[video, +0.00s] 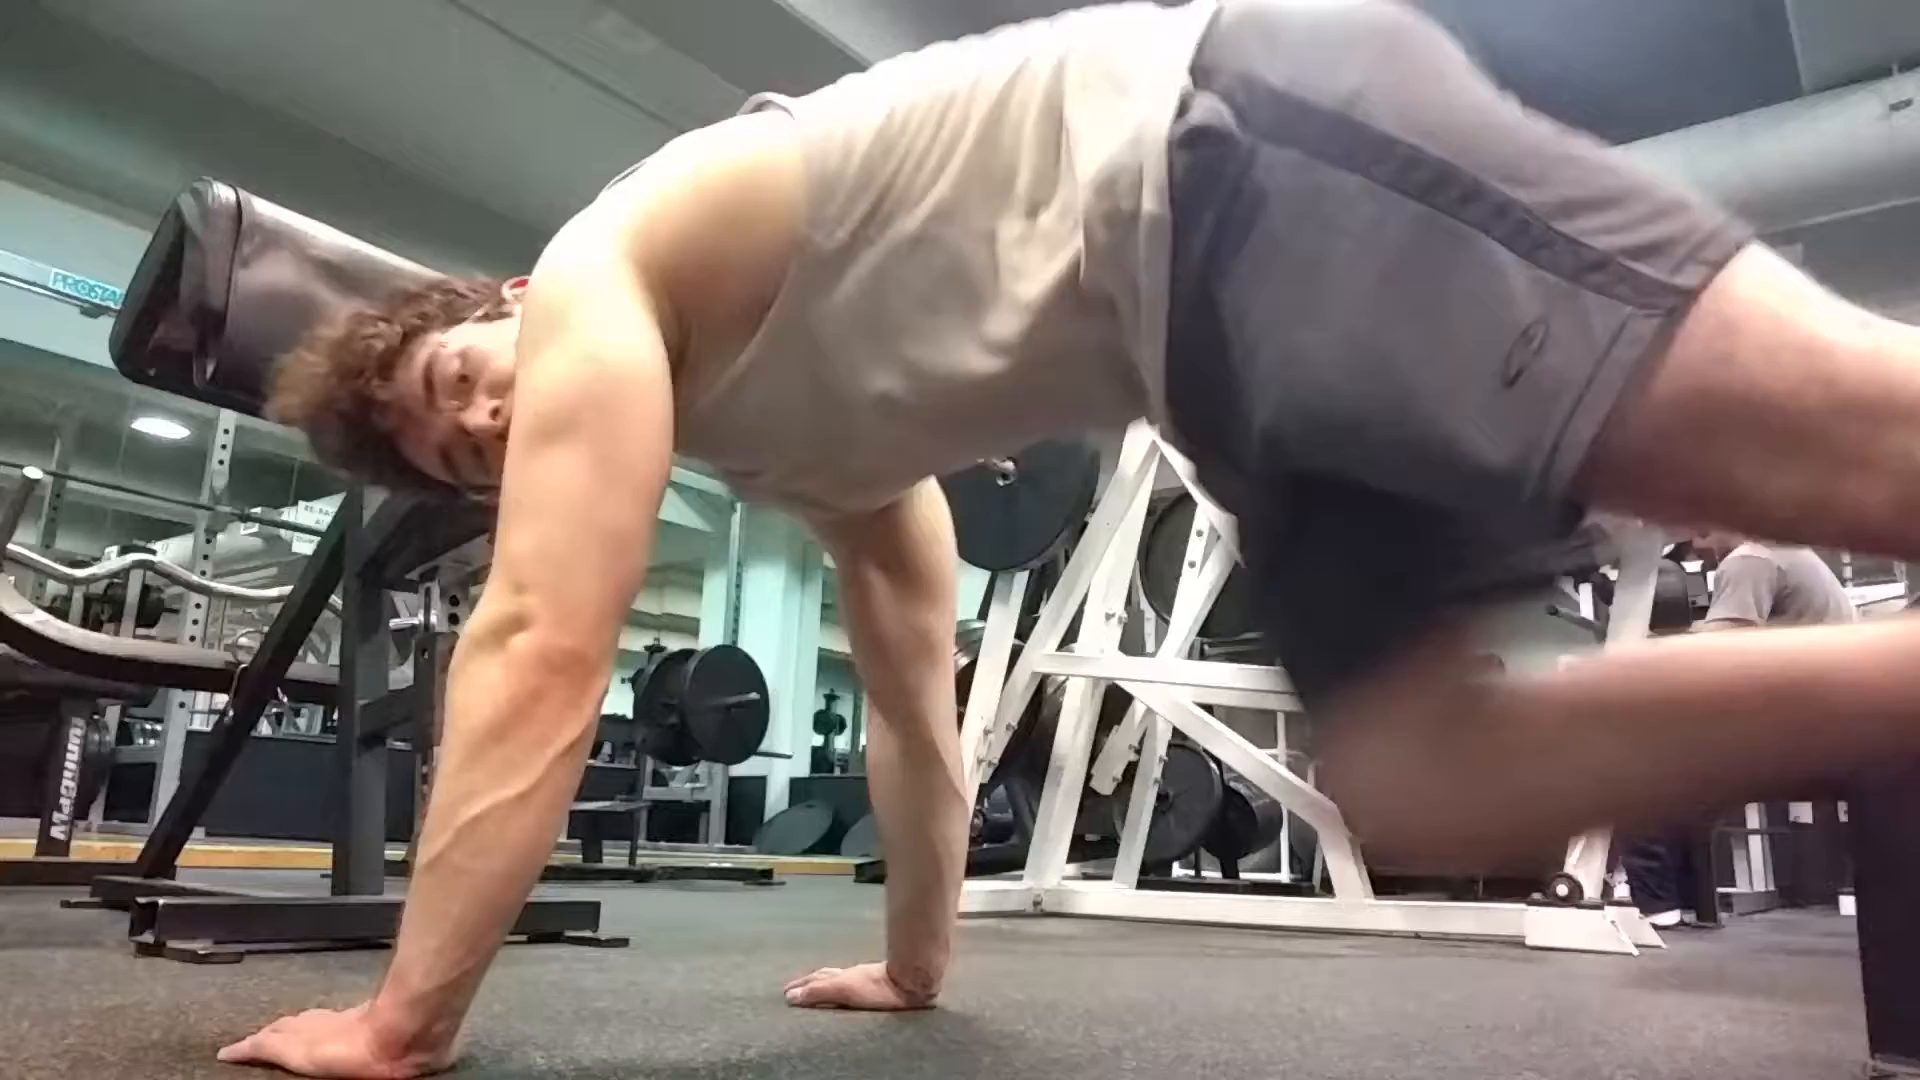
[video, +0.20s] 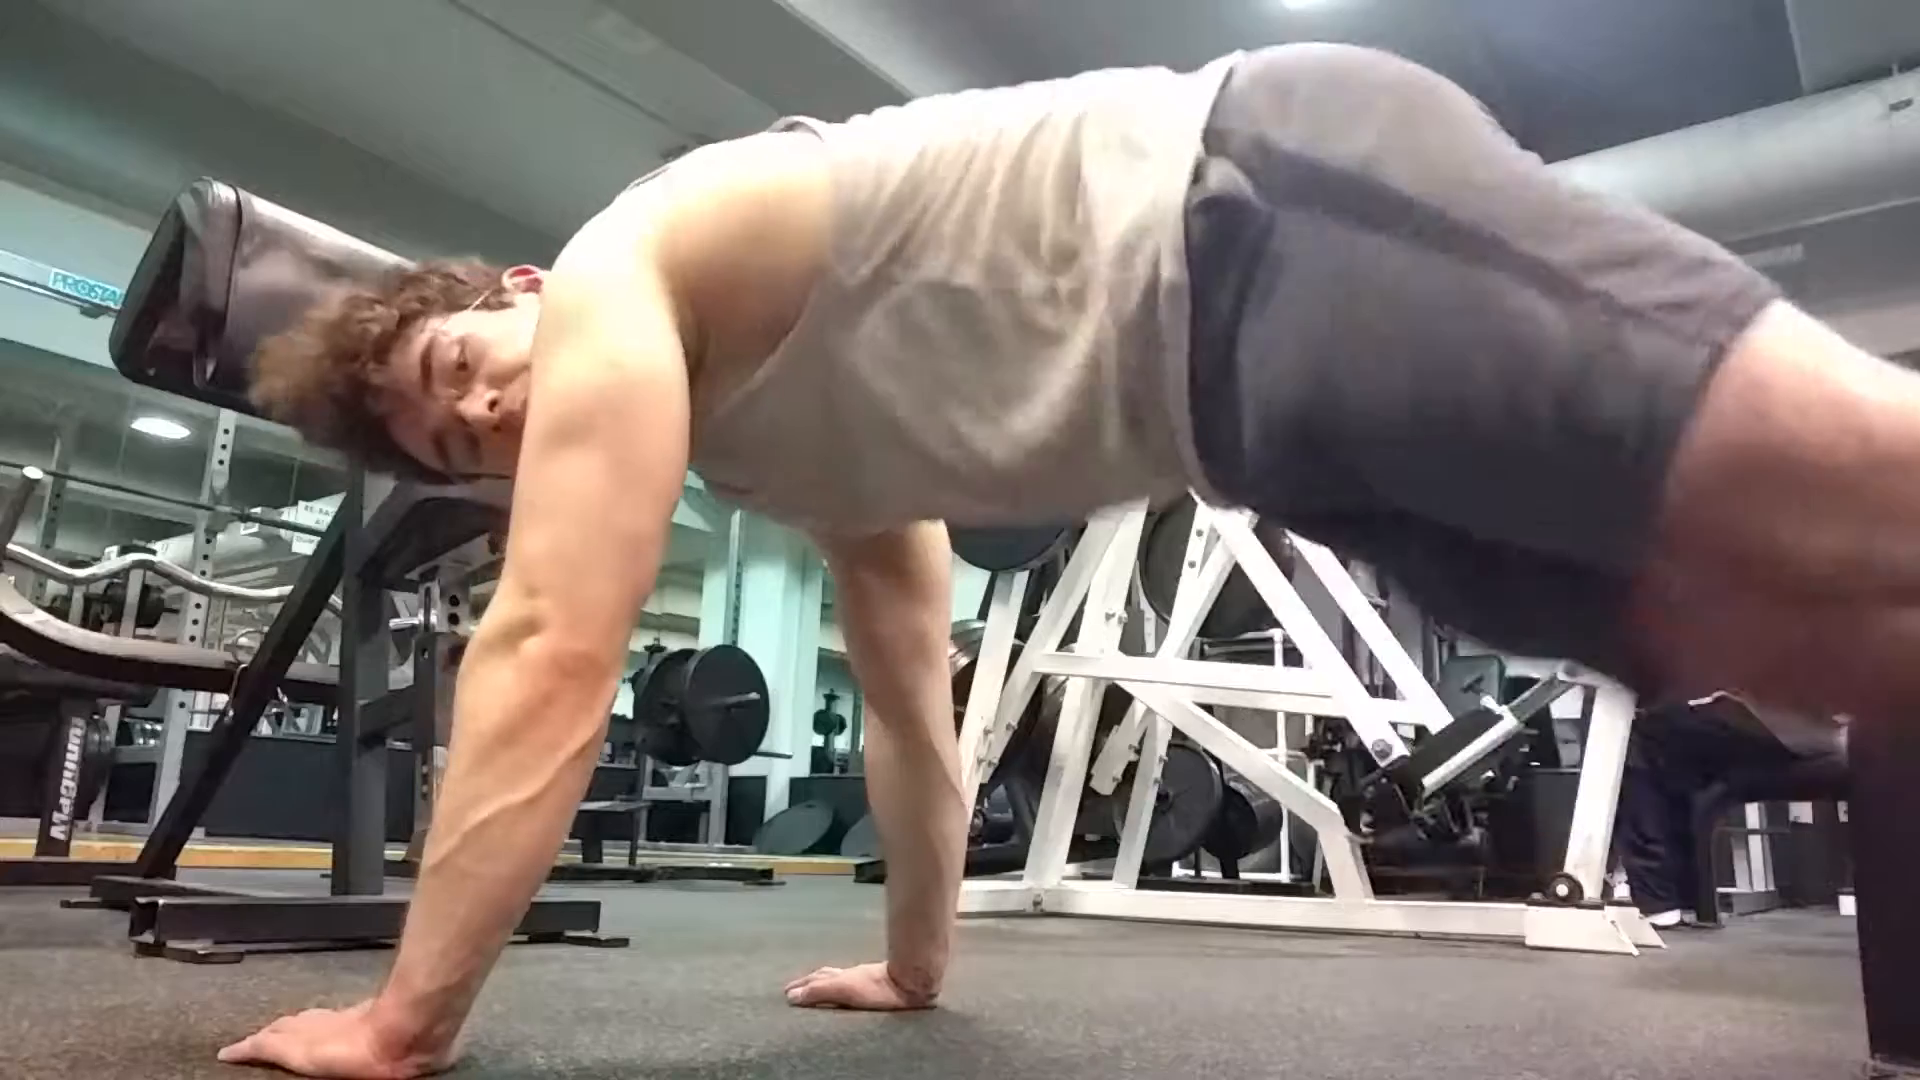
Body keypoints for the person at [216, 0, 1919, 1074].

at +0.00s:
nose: (453, 424)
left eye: (439, 375)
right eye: (421, 442)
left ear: (484, 304)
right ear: (448, 467)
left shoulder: (596, 279)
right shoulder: (810, 427)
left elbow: (539, 655)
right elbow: (908, 673)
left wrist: (407, 1008)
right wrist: (916, 965)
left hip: (1234, 155)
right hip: (1223, 366)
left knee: (1843, 435)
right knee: (1421, 794)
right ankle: (1914, 683)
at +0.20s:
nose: (448, 408)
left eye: (435, 360)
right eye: (416, 430)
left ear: (489, 290)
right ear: (447, 460)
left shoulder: (621, 276)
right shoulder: (812, 423)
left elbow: (543, 665)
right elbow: (904, 675)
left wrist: (404, 1011)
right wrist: (919, 964)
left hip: (1265, 232)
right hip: (1262, 404)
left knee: (1861, 486)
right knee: (1803, 656)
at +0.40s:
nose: (463, 418)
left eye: (449, 366)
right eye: (432, 437)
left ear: (500, 292)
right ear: (457, 462)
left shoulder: (639, 285)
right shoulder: (812, 436)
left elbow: (564, 670)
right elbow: (906, 674)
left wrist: (411, 1006)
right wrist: (921, 967)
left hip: (1285, 250)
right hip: (1298, 425)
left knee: (1875, 497)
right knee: (1847, 607)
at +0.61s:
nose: (437, 419)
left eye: (422, 366)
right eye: (400, 442)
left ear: (473, 288)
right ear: (414, 470)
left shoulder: (624, 296)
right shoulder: (774, 417)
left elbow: (552, 665)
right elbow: (891, 660)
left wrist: (410, 1007)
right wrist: (919, 959)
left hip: (1266, 317)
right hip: (1274, 473)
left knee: (1883, 505)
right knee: (1854, 644)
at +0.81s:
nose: (410, 438)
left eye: (387, 385)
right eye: (368, 456)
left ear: (436, 306)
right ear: (383, 474)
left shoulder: (587, 312)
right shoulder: (730, 425)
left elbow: (529, 656)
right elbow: (882, 678)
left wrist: (405, 1013)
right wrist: (920, 957)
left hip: (1157, 354)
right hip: (1174, 498)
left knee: (1798, 551)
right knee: (1783, 650)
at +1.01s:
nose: (388, 458)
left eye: (366, 407)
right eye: (350, 475)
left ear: (420, 321)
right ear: (373, 489)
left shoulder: (552, 314)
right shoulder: (722, 431)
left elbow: (513, 655)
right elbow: (874, 696)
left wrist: (404, 1015)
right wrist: (919, 960)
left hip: (1101, 366)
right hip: (1116, 491)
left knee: (1711, 563)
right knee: (1689, 616)